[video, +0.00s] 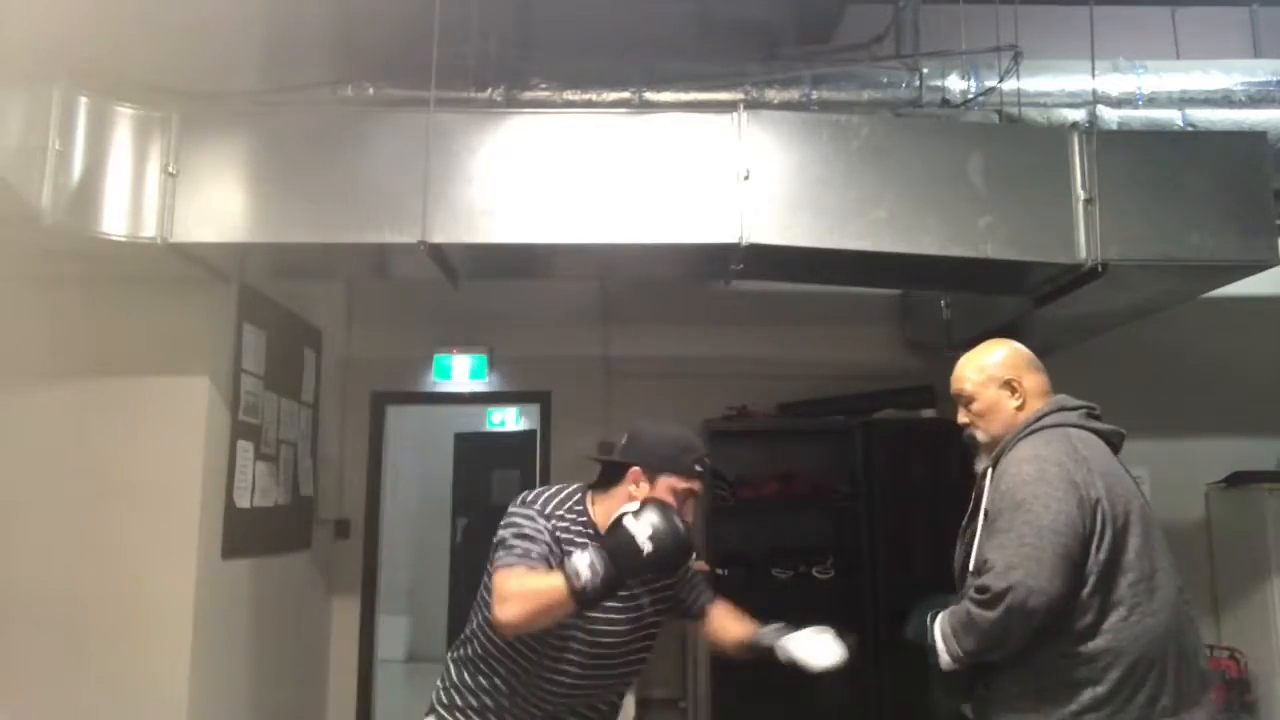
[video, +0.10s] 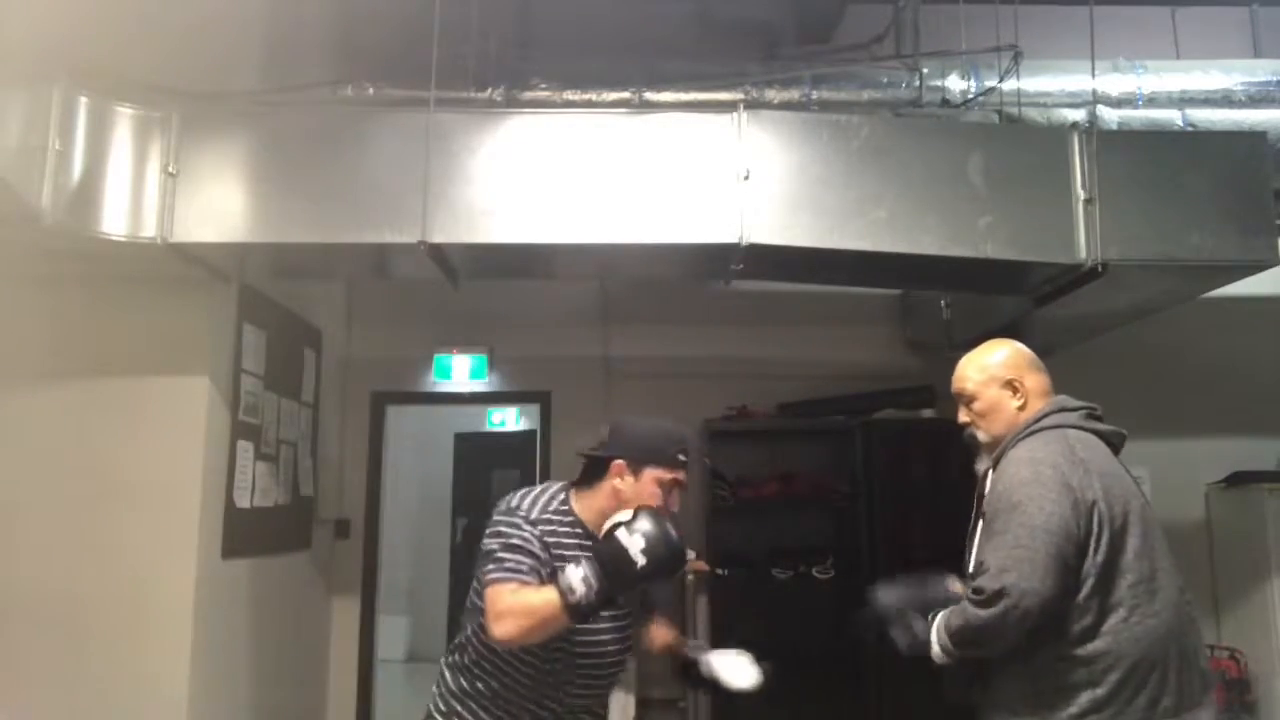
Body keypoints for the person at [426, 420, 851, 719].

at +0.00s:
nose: (688, 511)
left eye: (693, 499)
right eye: (682, 494)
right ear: (636, 480)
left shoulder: (667, 555)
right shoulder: (539, 511)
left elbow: (713, 616)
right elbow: (509, 612)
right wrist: (608, 562)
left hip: (585, 713)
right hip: (476, 710)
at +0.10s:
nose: (673, 506)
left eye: (677, 491)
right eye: (666, 487)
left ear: (621, 477)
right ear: (620, 474)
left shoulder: (632, 541)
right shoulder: (524, 515)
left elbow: (640, 624)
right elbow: (504, 623)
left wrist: (694, 657)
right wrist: (598, 576)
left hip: (580, 711)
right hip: (480, 710)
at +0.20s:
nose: (649, 491)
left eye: (653, 474)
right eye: (639, 471)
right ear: (593, 462)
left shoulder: (601, 531)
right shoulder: (498, 512)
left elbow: (602, 624)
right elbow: (490, 630)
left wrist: (643, 650)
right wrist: (590, 582)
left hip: (556, 710)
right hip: (465, 710)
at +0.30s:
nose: (624, 471)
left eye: (625, 457)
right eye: (615, 454)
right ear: (567, 447)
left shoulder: (578, 521)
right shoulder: (478, 505)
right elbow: (471, 629)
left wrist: (629, 618)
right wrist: (566, 585)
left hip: (521, 709)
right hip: (440, 710)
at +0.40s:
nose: (604, 462)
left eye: (605, 447)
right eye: (594, 444)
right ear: (547, 440)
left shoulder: (564, 514)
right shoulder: (458, 508)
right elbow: (457, 632)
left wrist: (619, 604)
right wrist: (551, 589)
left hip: (525, 709)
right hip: (435, 711)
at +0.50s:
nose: (592, 464)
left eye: (593, 449)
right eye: (582, 447)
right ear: (534, 444)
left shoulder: (557, 508)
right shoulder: (447, 509)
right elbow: (441, 641)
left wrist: (606, 609)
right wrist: (535, 601)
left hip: (529, 706)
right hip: (435, 709)